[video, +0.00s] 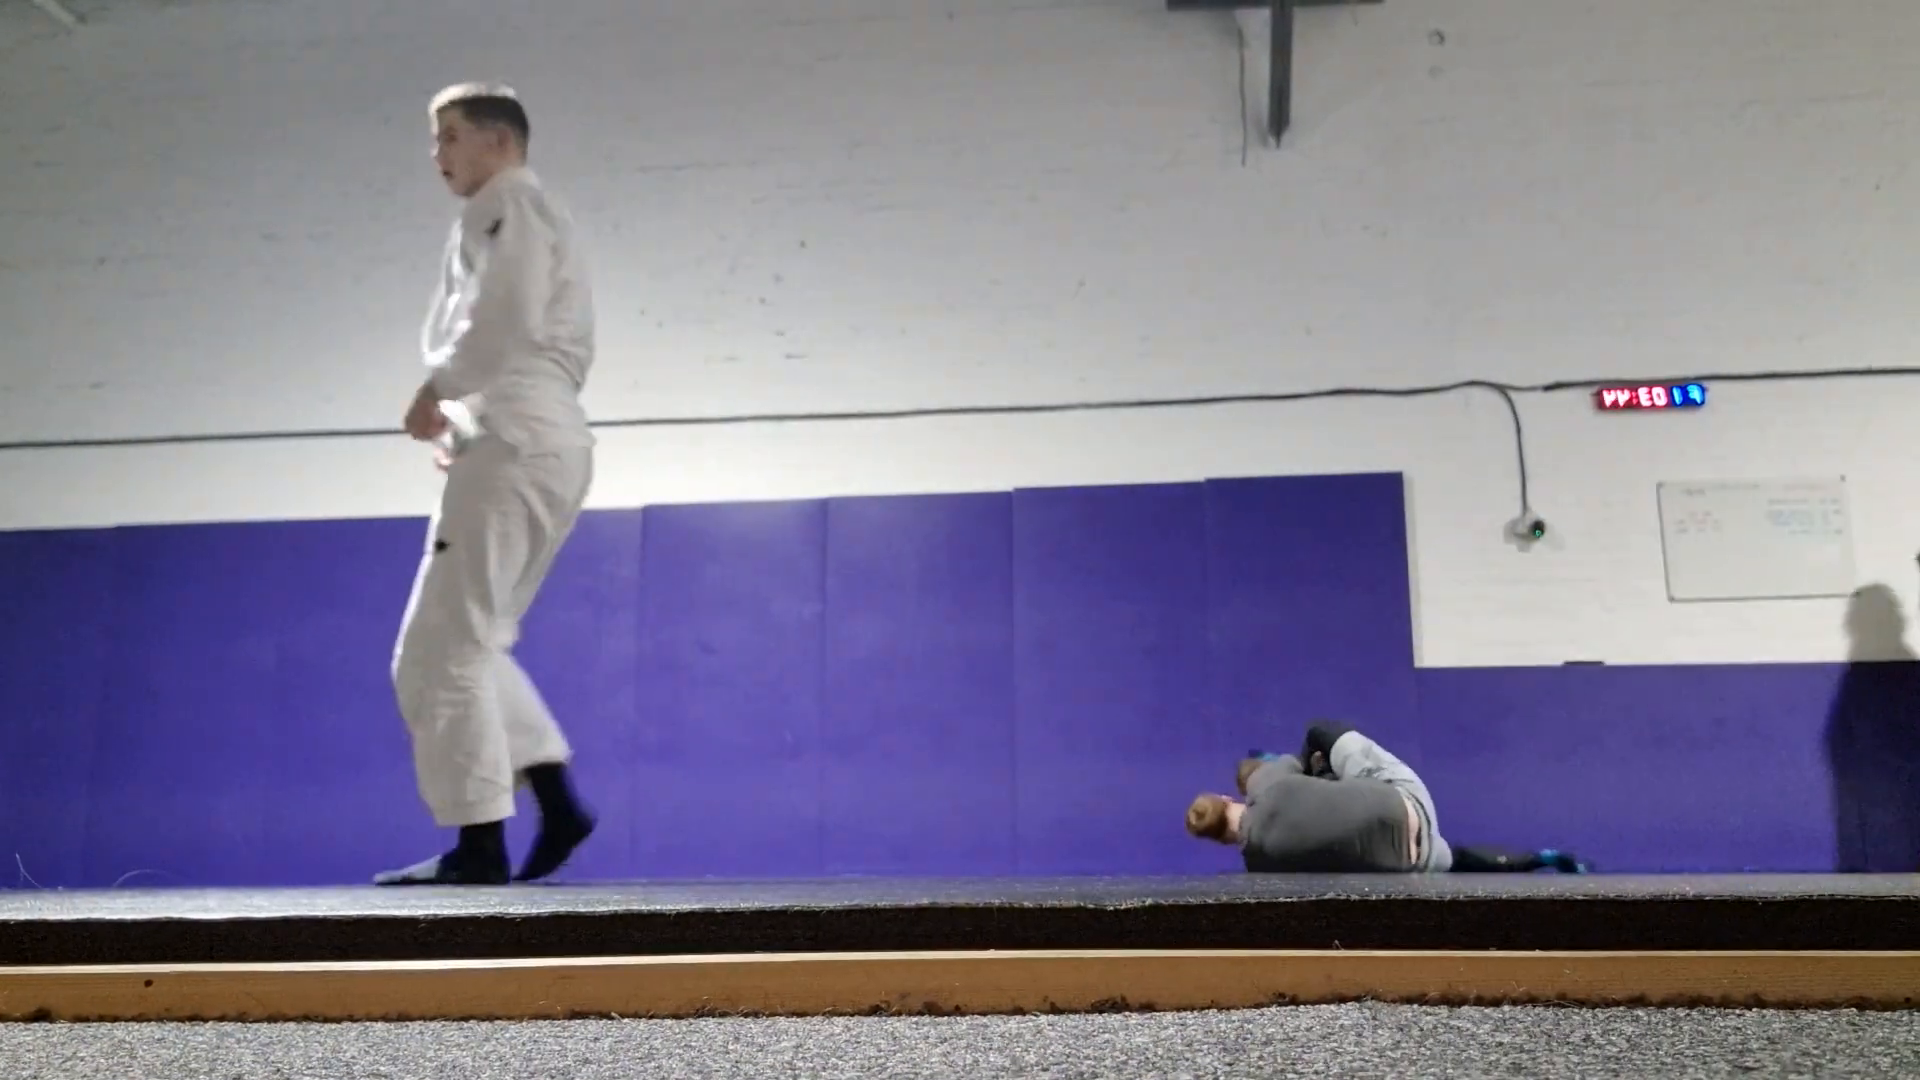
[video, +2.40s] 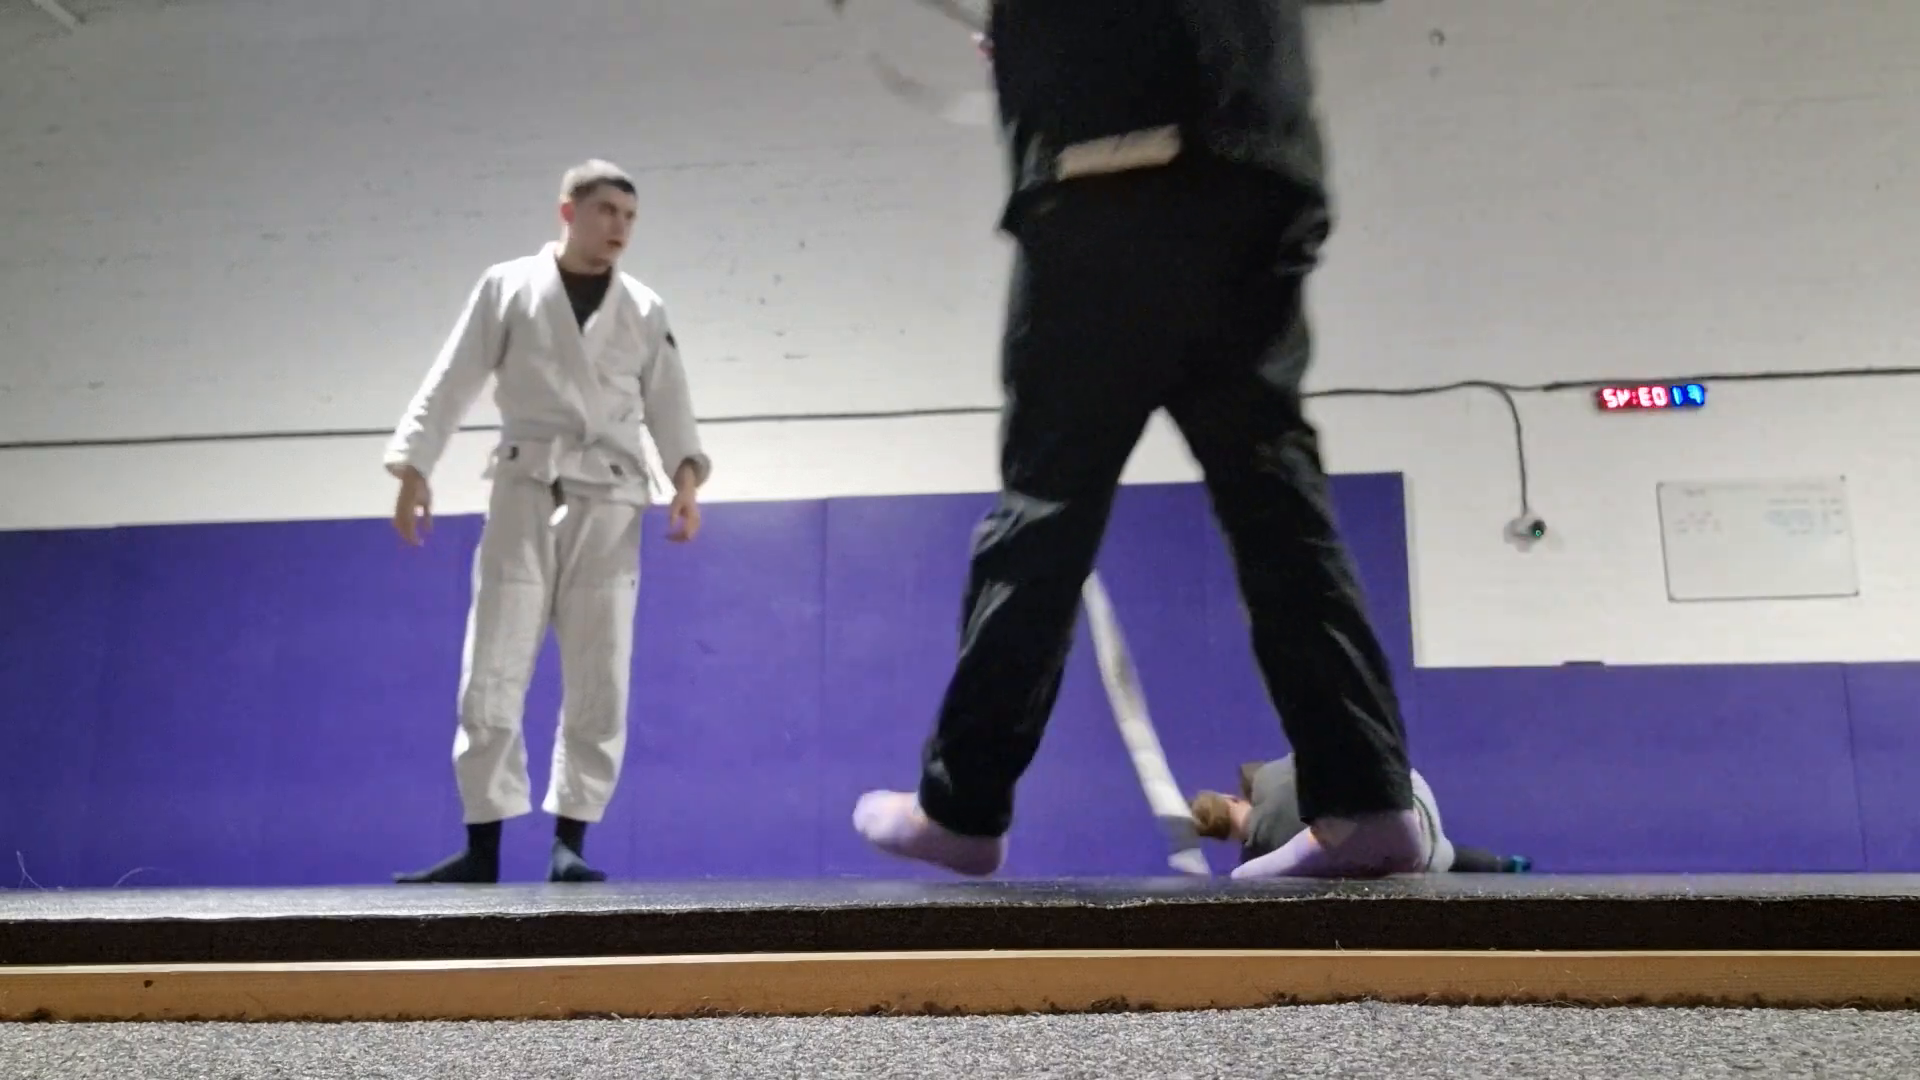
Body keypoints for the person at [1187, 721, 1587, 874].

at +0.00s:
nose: (1255, 773)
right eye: (1247, 777)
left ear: (1219, 840)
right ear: (1234, 794)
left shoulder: (1259, 862)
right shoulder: (1267, 783)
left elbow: (1319, 865)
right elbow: (1304, 757)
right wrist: (1302, 771)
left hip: (1413, 863)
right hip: (1407, 808)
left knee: (1459, 856)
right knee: (1320, 730)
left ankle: (1539, 861)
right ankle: (1321, 776)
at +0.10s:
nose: (1253, 772)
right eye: (1243, 780)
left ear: (1219, 838)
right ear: (1236, 795)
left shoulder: (1259, 862)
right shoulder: (1271, 782)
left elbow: (1314, 862)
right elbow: (1313, 740)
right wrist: (1314, 769)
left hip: (1414, 860)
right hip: (1410, 808)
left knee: (1457, 858)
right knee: (1338, 736)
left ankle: (1533, 858)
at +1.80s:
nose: (1227, 795)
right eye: (1225, 797)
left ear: (1217, 841)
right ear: (1227, 798)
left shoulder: (1258, 865)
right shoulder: (1269, 785)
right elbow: (1317, 758)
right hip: (1386, 806)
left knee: (1458, 863)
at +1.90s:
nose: (1228, 795)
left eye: (1220, 825)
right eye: (1224, 795)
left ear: (1221, 836)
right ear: (1230, 795)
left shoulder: (1254, 854)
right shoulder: (1274, 773)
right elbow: (1327, 760)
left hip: (1416, 857)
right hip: (1410, 805)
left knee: (1452, 856)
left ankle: (1512, 869)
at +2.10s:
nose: (1229, 806)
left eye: (1218, 813)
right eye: (1224, 805)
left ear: (1217, 840)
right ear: (1229, 797)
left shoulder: (1261, 856)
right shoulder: (1276, 778)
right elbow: (1331, 764)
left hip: (1405, 861)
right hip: (1412, 809)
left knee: (1451, 859)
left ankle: (1506, 867)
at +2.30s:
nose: (1212, 815)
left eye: (1206, 811)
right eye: (1208, 819)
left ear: (1220, 800)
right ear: (1220, 821)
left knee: (1445, 855)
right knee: (1441, 848)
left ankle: (1503, 864)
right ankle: (1498, 862)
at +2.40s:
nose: (1230, 809)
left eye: (1220, 817)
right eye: (1227, 805)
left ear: (1218, 836)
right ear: (1231, 795)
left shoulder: (1259, 850)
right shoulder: (1266, 776)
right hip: (1410, 788)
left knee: (1438, 857)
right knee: (1435, 840)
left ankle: (1503, 863)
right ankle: (1500, 860)